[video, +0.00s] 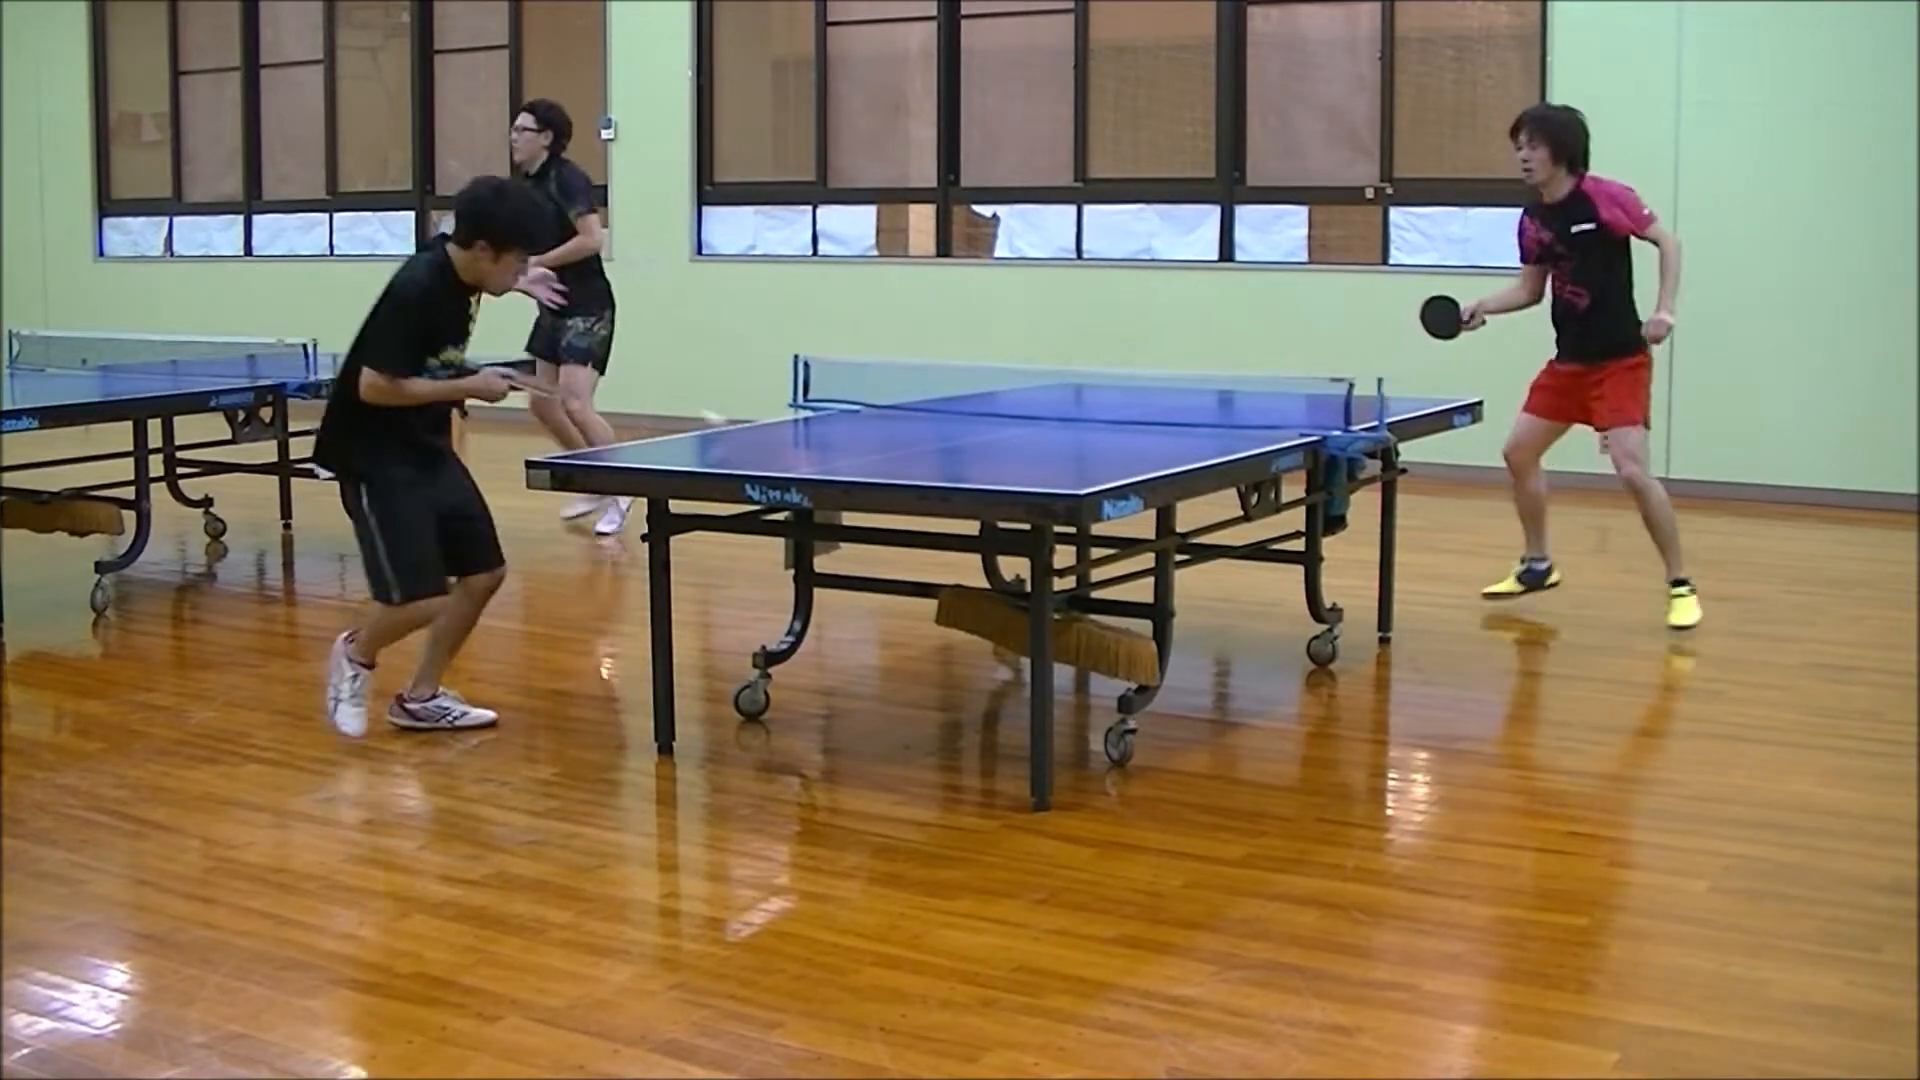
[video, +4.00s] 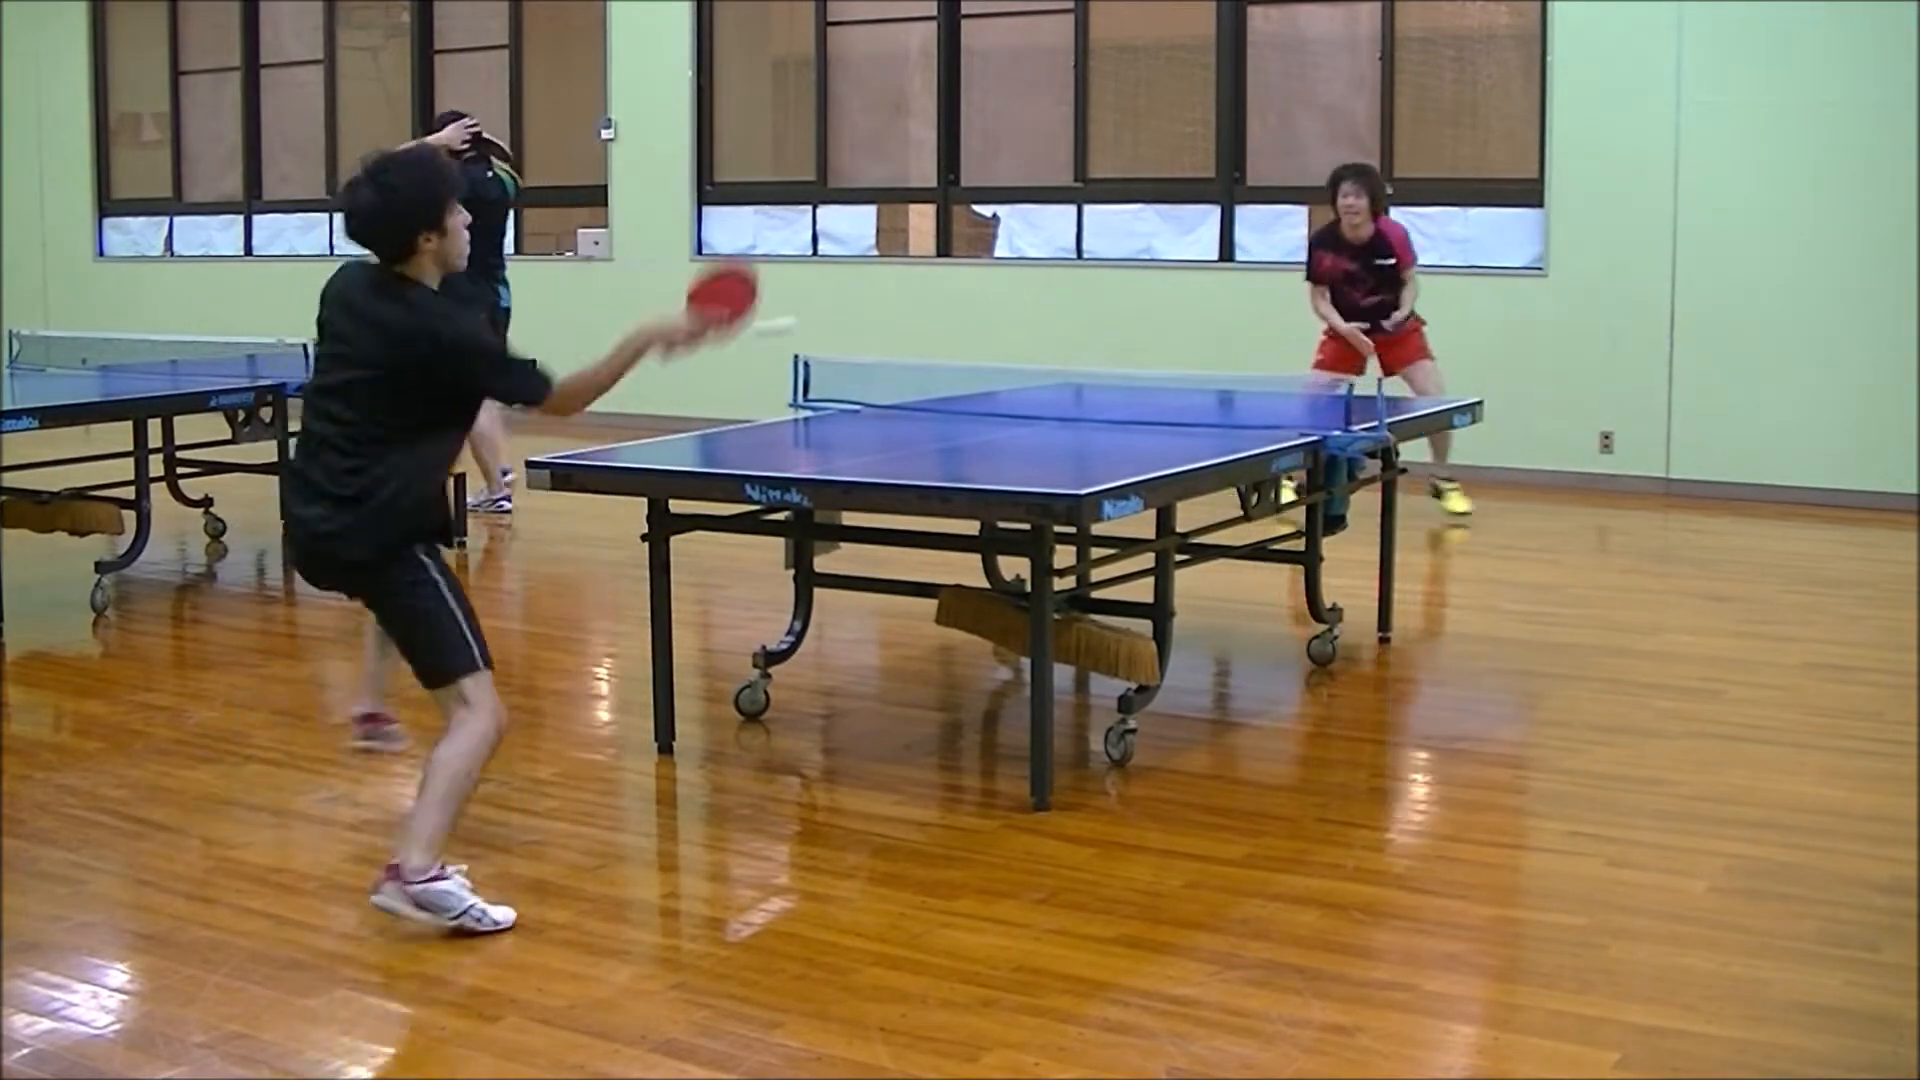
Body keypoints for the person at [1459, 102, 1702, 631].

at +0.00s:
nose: (1523, 157)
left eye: (1533, 147)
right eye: (1520, 148)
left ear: (1562, 150)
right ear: (1521, 154)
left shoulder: (1606, 198)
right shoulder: (1533, 219)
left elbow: (1668, 243)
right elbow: (1530, 289)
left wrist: (1664, 309)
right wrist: (1482, 306)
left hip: (1621, 360)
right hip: (1569, 364)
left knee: (1630, 468)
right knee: (1519, 455)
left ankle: (1679, 583)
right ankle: (1537, 564)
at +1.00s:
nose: (1357, 148)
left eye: (1367, 138)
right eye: (1351, 141)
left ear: (1392, 141)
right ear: (1346, 146)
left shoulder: (1425, 181)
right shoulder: (1342, 187)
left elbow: (1496, 181)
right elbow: (1274, 171)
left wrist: (1554, 160)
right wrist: (1305, 112)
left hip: (1440, 336)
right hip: (1378, 341)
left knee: (1492, 428)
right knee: (1349, 439)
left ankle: (1494, 500)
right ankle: (1379, 542)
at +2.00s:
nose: (1410, 183)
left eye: (1419, 175)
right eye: (1403, 175)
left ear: (1436, 180)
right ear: (1395, 180)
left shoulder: (1457, 211)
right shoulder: (1383, 216)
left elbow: (1506, 221)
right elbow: (1343, 218)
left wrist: (1542, 247)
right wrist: (1312, 217)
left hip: (1459, 348)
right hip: (1402, 346)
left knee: (1497, 427)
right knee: (1354, 425)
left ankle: (1524, 522)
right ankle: (1333, 516)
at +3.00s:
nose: (1380, 239)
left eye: (1388, 233)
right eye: (1374, 230)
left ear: (1405, 231)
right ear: (1364, 225)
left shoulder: (1419, 250)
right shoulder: (1348, 262)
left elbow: (1448, 276)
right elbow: (1336, 319)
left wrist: (1494, 302)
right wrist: (1390, 327)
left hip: (1430, 359)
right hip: (1376, 367)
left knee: (1492, 423)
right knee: (1347, 441)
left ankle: (1532, 502)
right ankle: (1333, 513)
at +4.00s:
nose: (1348, 203)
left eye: (1357, 195)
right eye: (1342, 196)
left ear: (1373, 201)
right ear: (1334, 201)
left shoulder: (1393, 234)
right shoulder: (1322, 242)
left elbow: (1409, 281)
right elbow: (1319, 298)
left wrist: (1403, 310)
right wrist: (1345, 329)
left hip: (1395, 327)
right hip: (1345, 330)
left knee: (1435, 399)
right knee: (1314, 401)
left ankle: (1441, 478)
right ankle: (1297, 477)